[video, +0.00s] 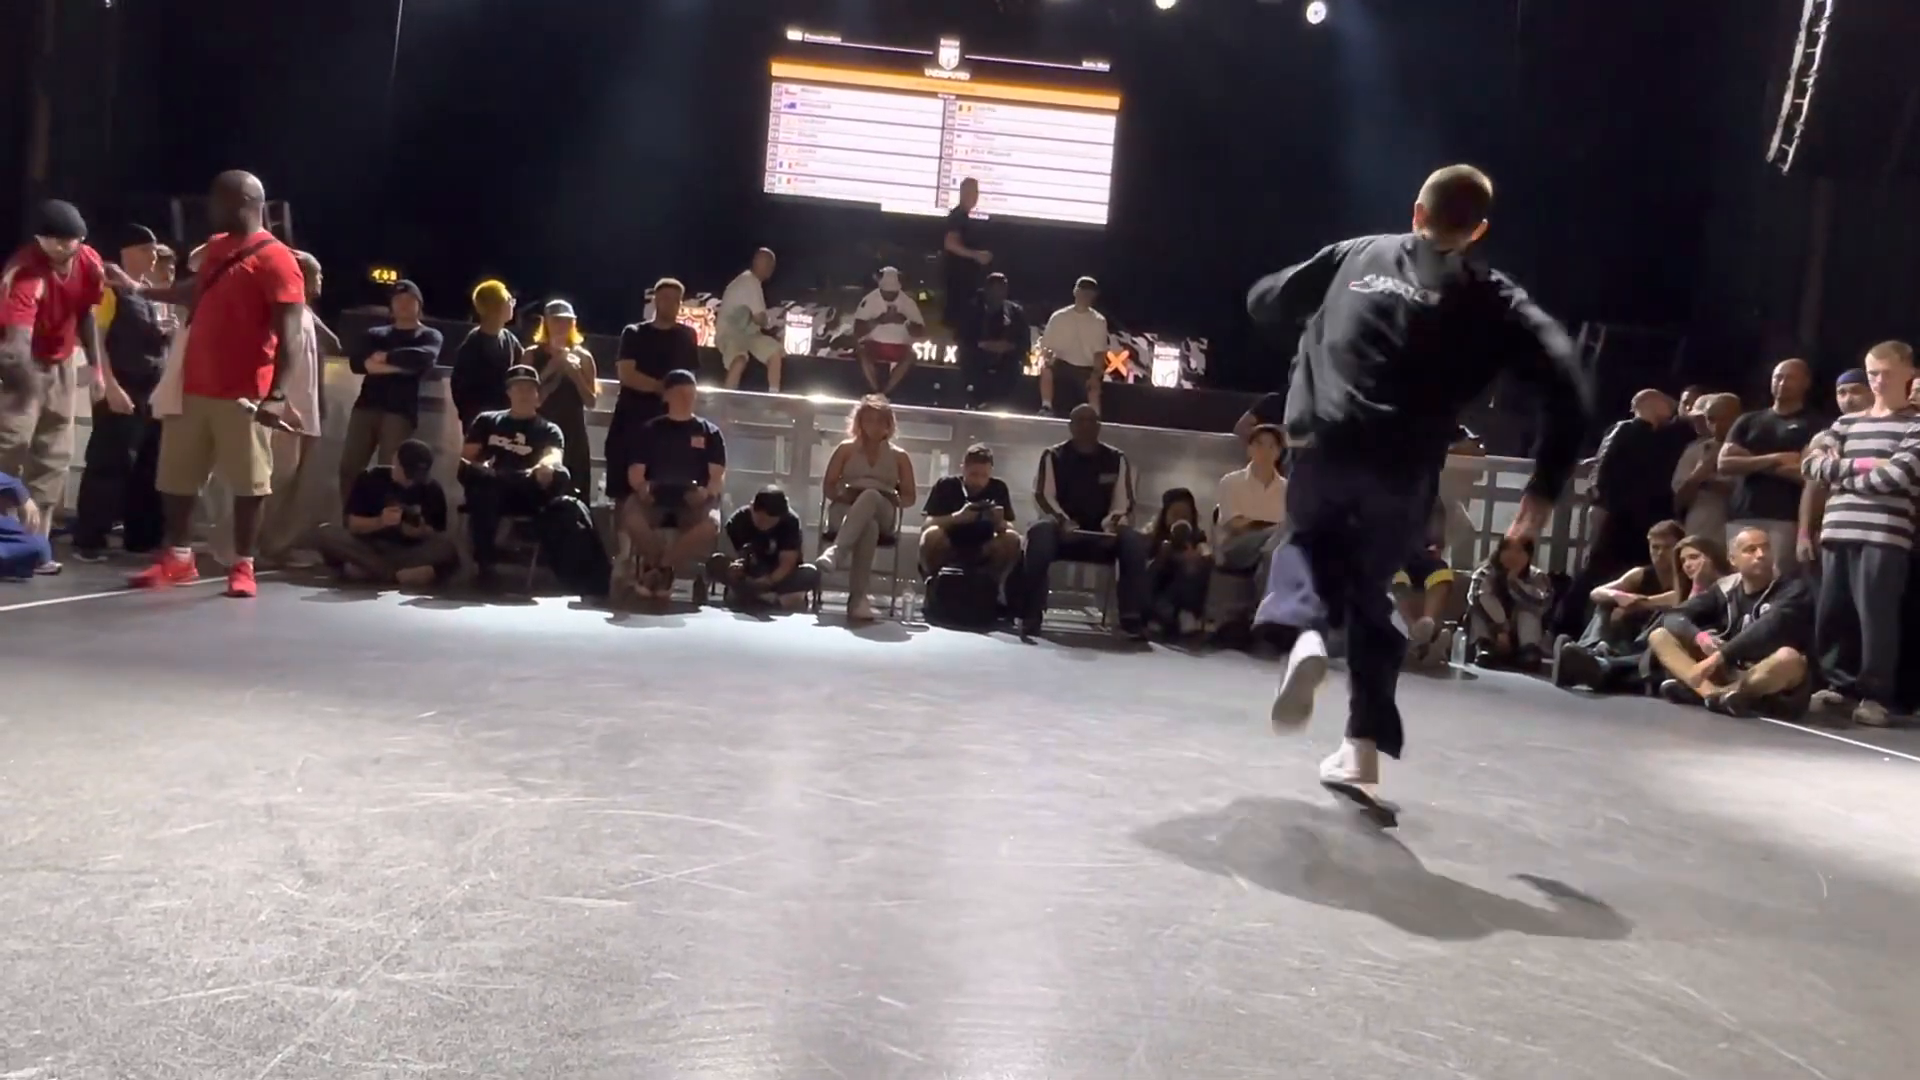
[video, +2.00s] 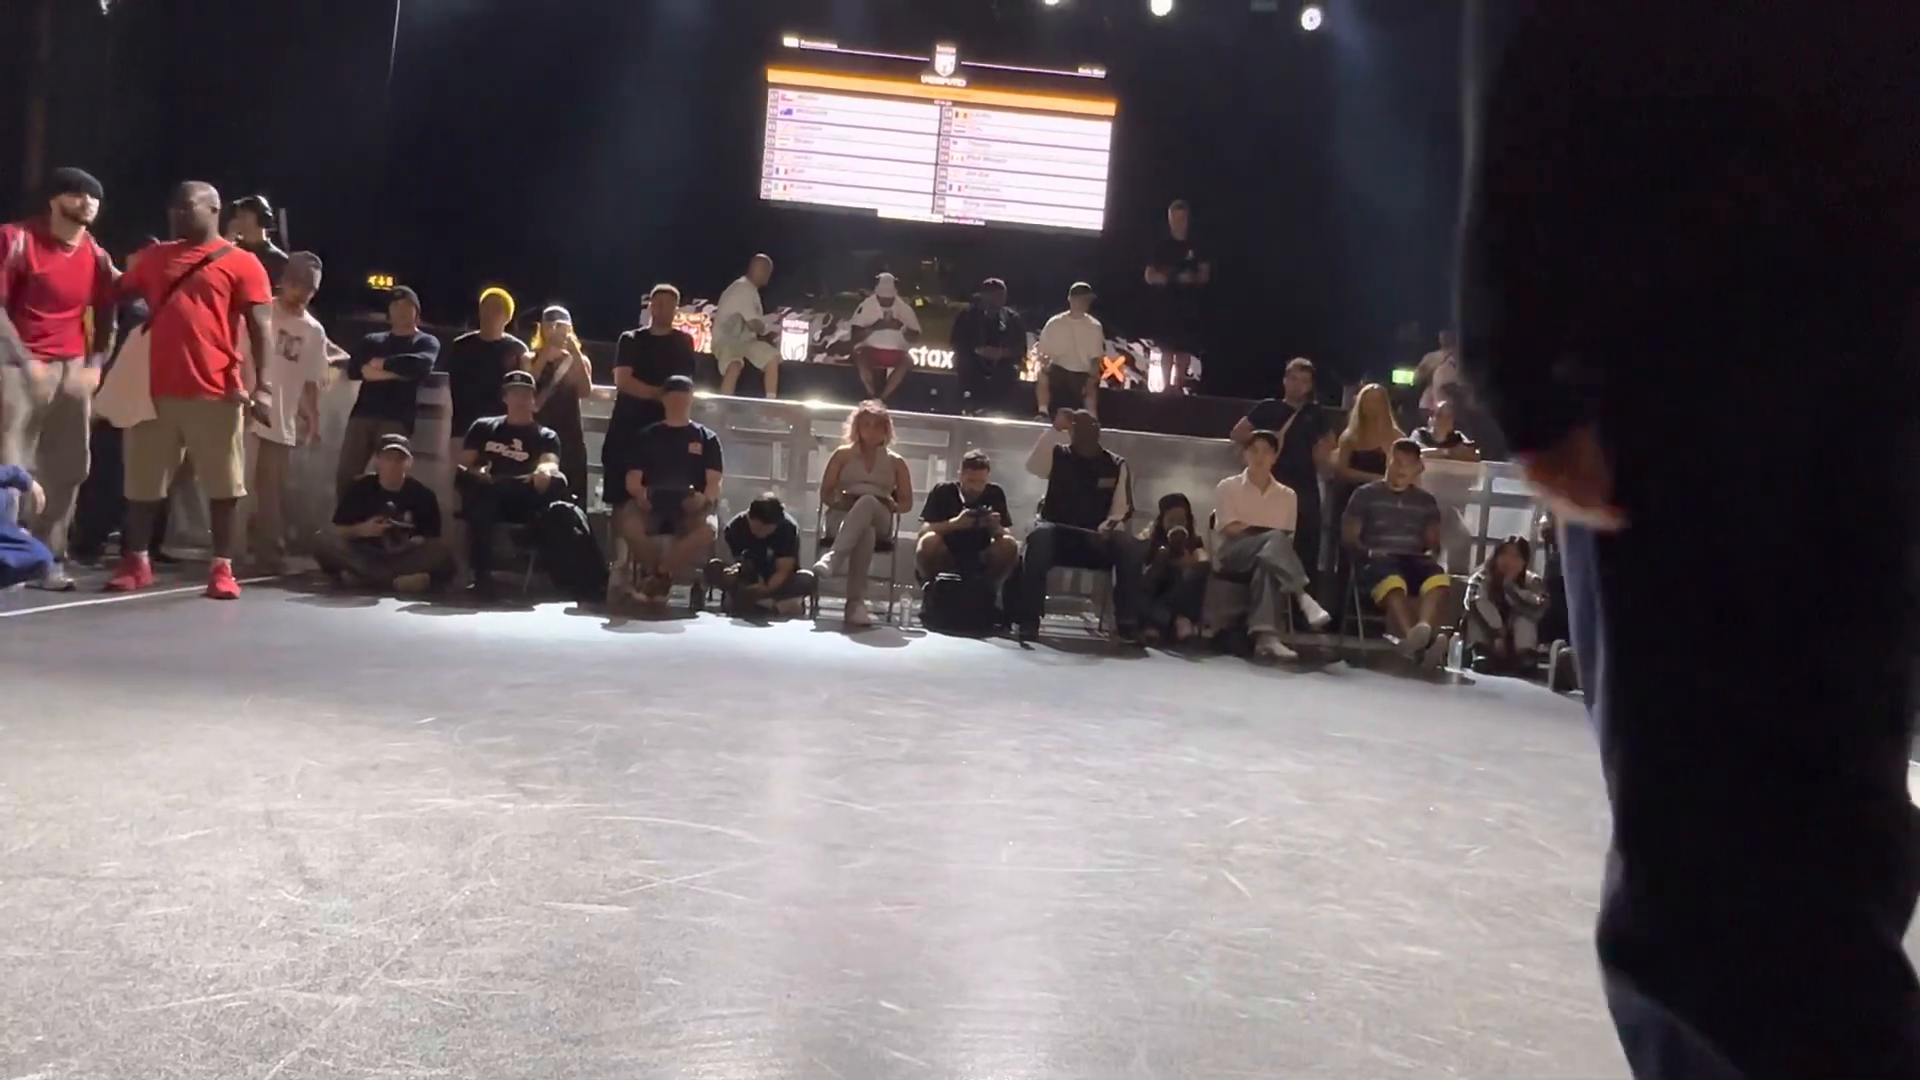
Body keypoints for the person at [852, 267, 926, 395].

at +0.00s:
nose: (890, 296)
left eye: (893, 293)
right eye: (886, 292)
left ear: (899, 289)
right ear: (880, 288)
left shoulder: (908, 302)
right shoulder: (869, 300)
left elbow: (919, 332)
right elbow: (857, 332)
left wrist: (904, 320)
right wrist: (879, 320)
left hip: (900, 346)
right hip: (874, 344)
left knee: (910, 357)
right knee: (863, 353)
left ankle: (885, 392)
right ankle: (876, 391)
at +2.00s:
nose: (886, 301)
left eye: (890, 298)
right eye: (883, 298)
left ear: (895, 295)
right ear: (876, 294)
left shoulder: (904, 308)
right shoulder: (866, 306)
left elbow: (914, 338)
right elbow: (855, 336)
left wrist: (901, 327)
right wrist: (875, 327)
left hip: (897, 351)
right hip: (870, 350)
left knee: (907, 363)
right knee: (860, 359)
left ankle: (883, 398)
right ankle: (872, 396)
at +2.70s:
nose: (870, 305)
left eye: (874, 302)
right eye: (866, 301)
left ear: (879, 298)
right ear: (861, 298)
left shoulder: (889, 310)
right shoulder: (850, 309)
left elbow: (899, 340)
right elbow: (840, 340)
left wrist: (885, 330)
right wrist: (861, 330)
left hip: (882, 354)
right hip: (856, 353)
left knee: (892, 364)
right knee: (845, 359)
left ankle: (869, 401)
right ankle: (858, 398)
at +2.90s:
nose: (863, 306)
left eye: (867, 303)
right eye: (859, 303)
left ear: (872, 299)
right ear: (854, 299)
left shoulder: (882, 312)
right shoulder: (844, 310)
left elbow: (894, 341)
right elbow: (833, 341)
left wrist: (879, 331)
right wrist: (855, 331)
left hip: (876, 356)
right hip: (849, 354)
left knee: (886, 366)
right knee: (838, 364)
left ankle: (864, 401)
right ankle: (852, 399)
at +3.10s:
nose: (864, 312)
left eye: (867, 309)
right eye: (860, 309)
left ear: (873, 306)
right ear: (854, 305)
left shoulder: (883, 318)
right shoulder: (845, 317)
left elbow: (896, 347)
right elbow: (834, 348)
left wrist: (879, 337)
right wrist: (854, 337)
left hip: (876, 362)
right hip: (850, 361)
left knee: (887, 372)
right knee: (838, 369)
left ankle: (863, 409)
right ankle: (853, 407)